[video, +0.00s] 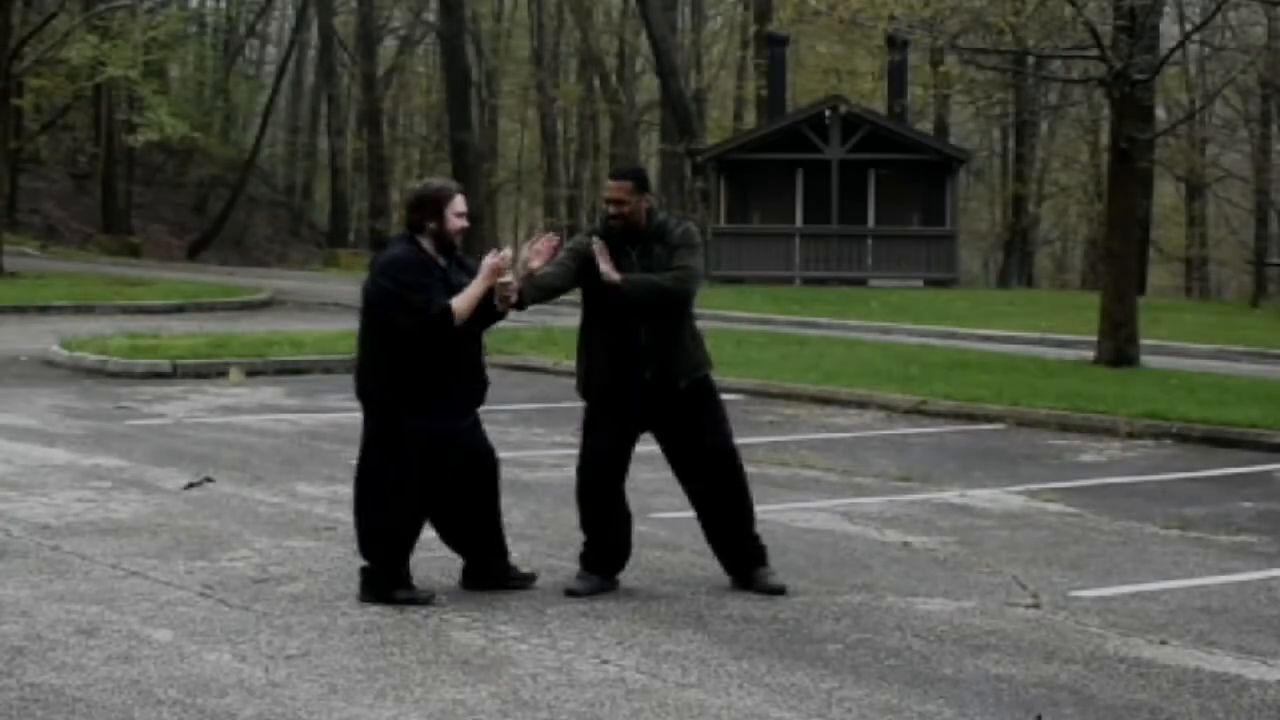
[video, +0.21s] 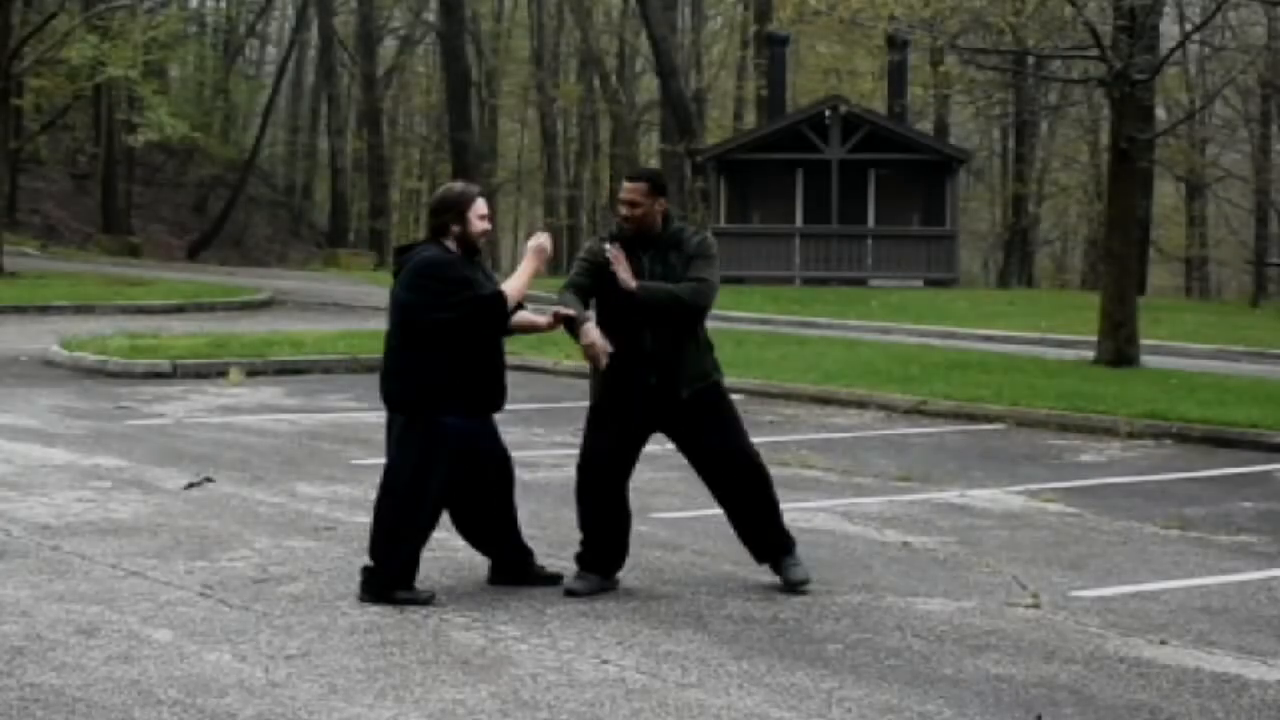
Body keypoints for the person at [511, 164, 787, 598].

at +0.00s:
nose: (612, 212)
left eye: (621, 204)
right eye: (607, 204)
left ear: (646, 202)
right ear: (602, 203)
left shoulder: (677, 235)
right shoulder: (595, 243)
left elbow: (683, 287)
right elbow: (557, 274)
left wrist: (619, 279)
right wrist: (520, 290)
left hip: (678, 383)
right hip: (613, 386)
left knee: (717, 473)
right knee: (598, 479)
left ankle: (749, 567)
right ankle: (599, 569)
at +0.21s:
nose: (623, 212)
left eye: (633, 206)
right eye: (620, 204)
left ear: (659, 206)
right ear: (616, 205)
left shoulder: (693, 245)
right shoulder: (605, 251)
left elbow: (701, 297)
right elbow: (569, 296)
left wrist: (635, 285)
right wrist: (584, 326)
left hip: (689, 385)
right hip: (624, 387)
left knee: (737, 468)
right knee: (598, 475)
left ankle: (782, 556)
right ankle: (597, 568)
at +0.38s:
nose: (662, 213)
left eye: (671, 206)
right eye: (660, 204)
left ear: (699, 207)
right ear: (656, 204)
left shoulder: (727, 246)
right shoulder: (648, 242)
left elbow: (726, 294)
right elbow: (592, 266)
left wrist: (657, 292)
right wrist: (605, 236)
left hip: (713, 389)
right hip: (649, 388)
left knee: (763, 473)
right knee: (615, 475)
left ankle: (821, 554)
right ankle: (598, 569)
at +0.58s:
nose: (715, 210)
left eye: (722, 203)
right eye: (713, 202)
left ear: (752, 204)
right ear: (715, 202)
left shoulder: (788, 242)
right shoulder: (704, 235)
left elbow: (794, 287)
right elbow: (652, 255)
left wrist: (740, 265)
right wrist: (635, 209)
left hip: (767, 385)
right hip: (701, 380)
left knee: (794, 471)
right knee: (654, 445)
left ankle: (823, 563)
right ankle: (639, 552)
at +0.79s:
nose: (746, 209)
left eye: (753, 202)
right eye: (744, 202)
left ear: (781, 203)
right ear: (749, 203)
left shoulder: (823, 252)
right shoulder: (742, 249)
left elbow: (828, 313)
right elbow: (725, 305)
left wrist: (773, 283)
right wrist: (681, 277)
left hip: (799, 388)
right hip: (741, 383)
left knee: (811, 479)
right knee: (686, 436)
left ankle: (824, 564)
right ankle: (713, 546)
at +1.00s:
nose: (757, 207)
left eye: (765, 200)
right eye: (756, 199)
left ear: (793, 202)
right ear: (760, 202)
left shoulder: (823, 251)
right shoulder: (758, 241)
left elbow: (782, 293)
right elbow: (732, 306)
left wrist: (733, 258)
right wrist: (727, 285)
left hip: (806, 384)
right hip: (748, 376)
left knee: (809, 477)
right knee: (692, 426)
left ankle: (823, 564)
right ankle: (702, 536)